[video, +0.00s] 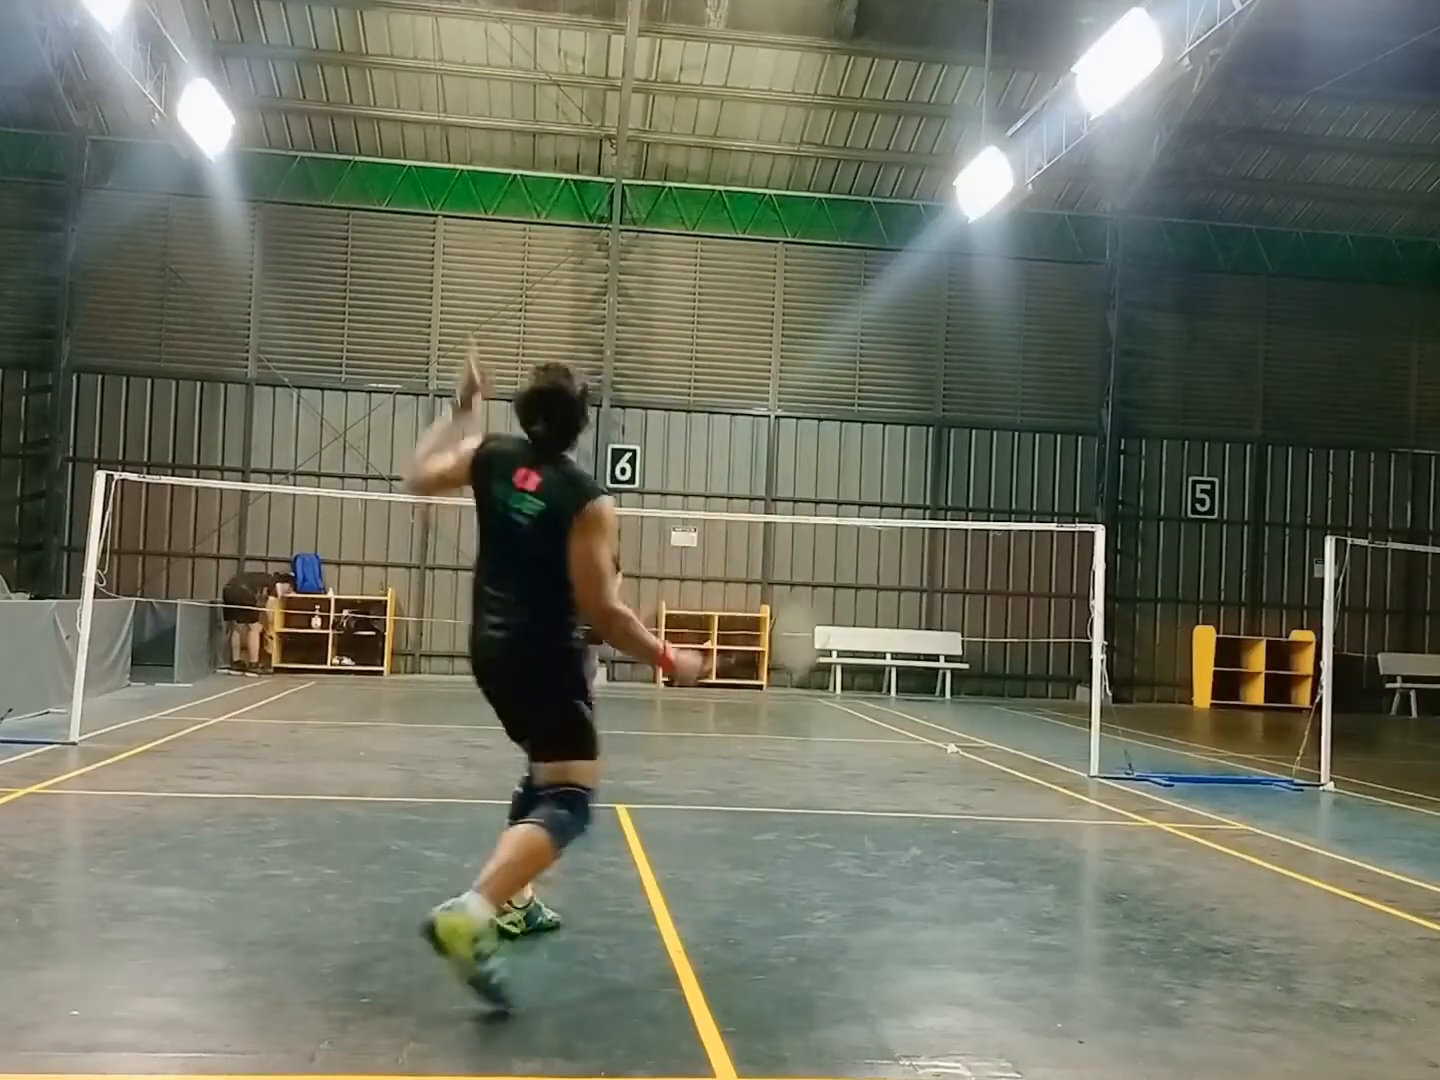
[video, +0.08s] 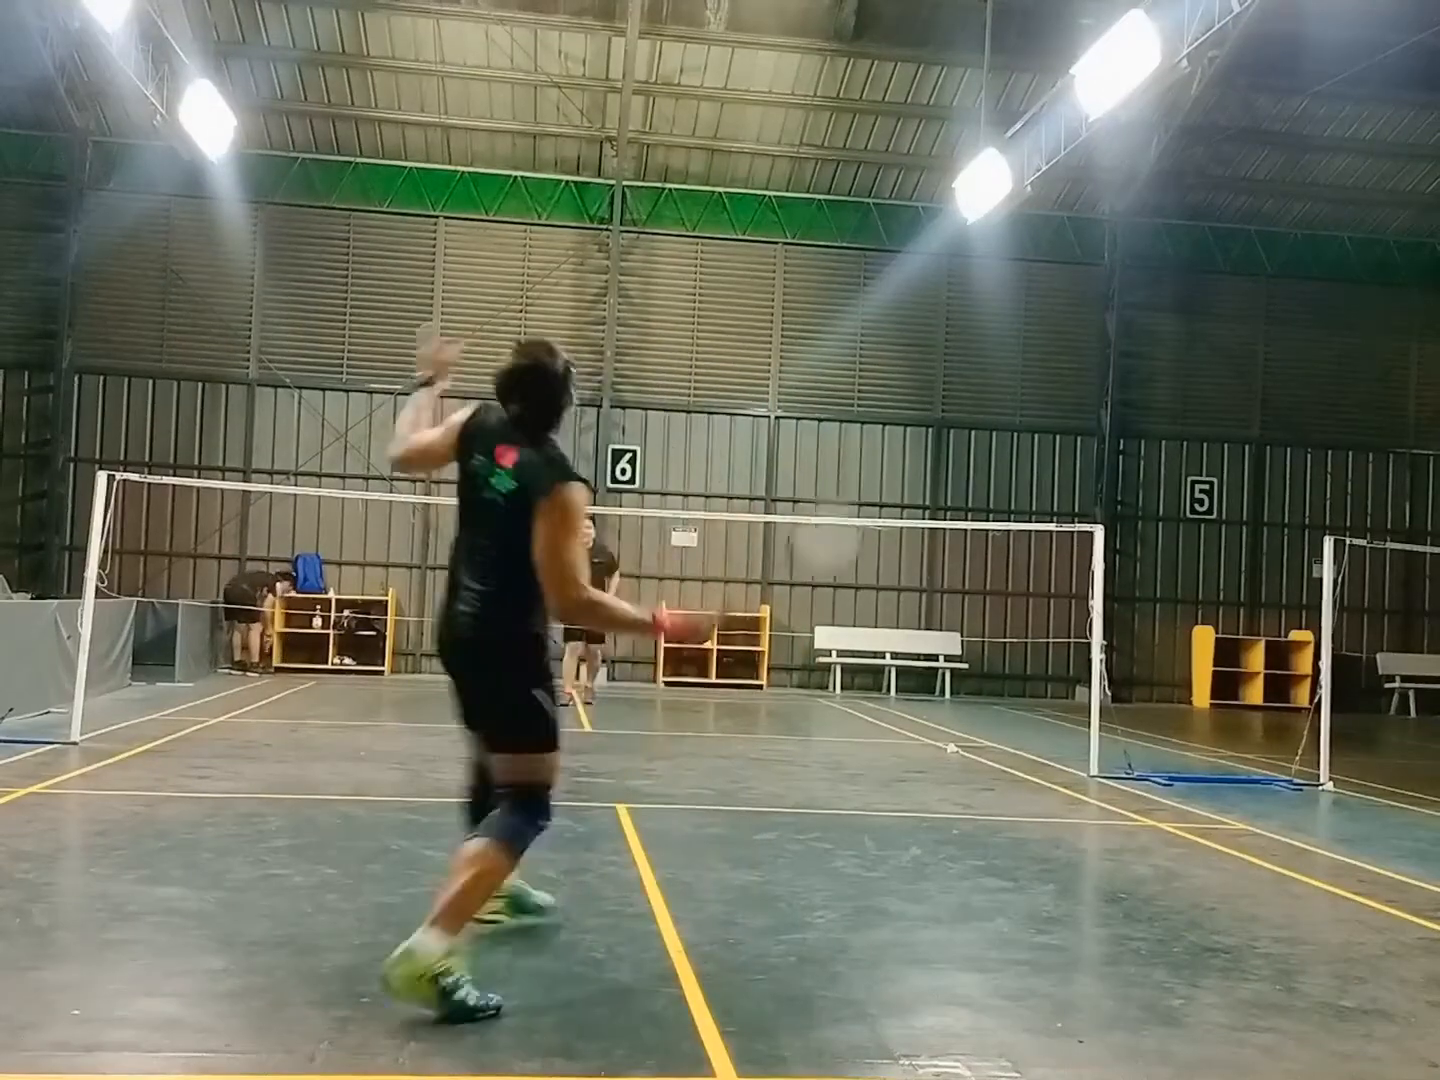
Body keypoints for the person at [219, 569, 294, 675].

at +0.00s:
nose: (287, 592)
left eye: (289, 590)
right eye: (288, 588)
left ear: (278, 578)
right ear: (285, 583)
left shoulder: (264, 578)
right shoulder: (273, 586)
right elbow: (268, 609)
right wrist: (270, 629)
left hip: (229, 589)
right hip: (245, 592)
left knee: (237, 628)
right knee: (255, 628)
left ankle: (236, 661)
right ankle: (254, 664)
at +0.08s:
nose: (287, 591)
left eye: (290, 589)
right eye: (289, 587)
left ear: (278, 577)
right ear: (285, 582)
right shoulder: (275, 585)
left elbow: (260, 606)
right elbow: (267, 608)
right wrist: (269, 631)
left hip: (230, 589)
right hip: (245, 593)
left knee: (238, 628)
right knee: (255, 627)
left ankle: (237, 661)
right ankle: (255, 664)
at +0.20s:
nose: (283, 591)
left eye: (287, 589)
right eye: (286, 587)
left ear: (276, 575)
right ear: (281, 579)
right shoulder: (274, 583)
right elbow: (264, 608)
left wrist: (264, 639)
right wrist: (267, 627)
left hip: (229, 588)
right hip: (245, 592)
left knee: (237, 628)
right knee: (254, 627)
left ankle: (236, 661)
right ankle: (254, 663)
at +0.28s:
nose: (282, 588)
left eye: (285, 586)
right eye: (285, 585)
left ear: (275, 574)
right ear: (281, 578)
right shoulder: (273, 582)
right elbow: (264, 607)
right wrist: (267, 628)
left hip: (228, 588)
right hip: (245, 591)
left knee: (235, 628)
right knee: (253, 628)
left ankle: (236, 661)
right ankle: (254, 663)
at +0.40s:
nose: (282, 583)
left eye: (284, 580)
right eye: (283, 579)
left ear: (273, 570)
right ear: (281, 574)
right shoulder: (273, 579)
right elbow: (265, 605)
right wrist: (264, 627)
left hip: (228, 587)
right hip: (244, 590)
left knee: (235, 628)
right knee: (250, 628)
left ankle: (236, 661)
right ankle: (253, 663)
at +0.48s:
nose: (280, 582)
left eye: (282, 580)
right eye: (282, 579)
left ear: (271, 568)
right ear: (280, 572)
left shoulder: (258, 572)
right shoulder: (272, 577)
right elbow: (265, 604)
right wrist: (266, 626)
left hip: (229, 587)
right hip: (244, 590)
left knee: (235, 628)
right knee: (249, 628)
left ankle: (236, 661)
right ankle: (253, 663)